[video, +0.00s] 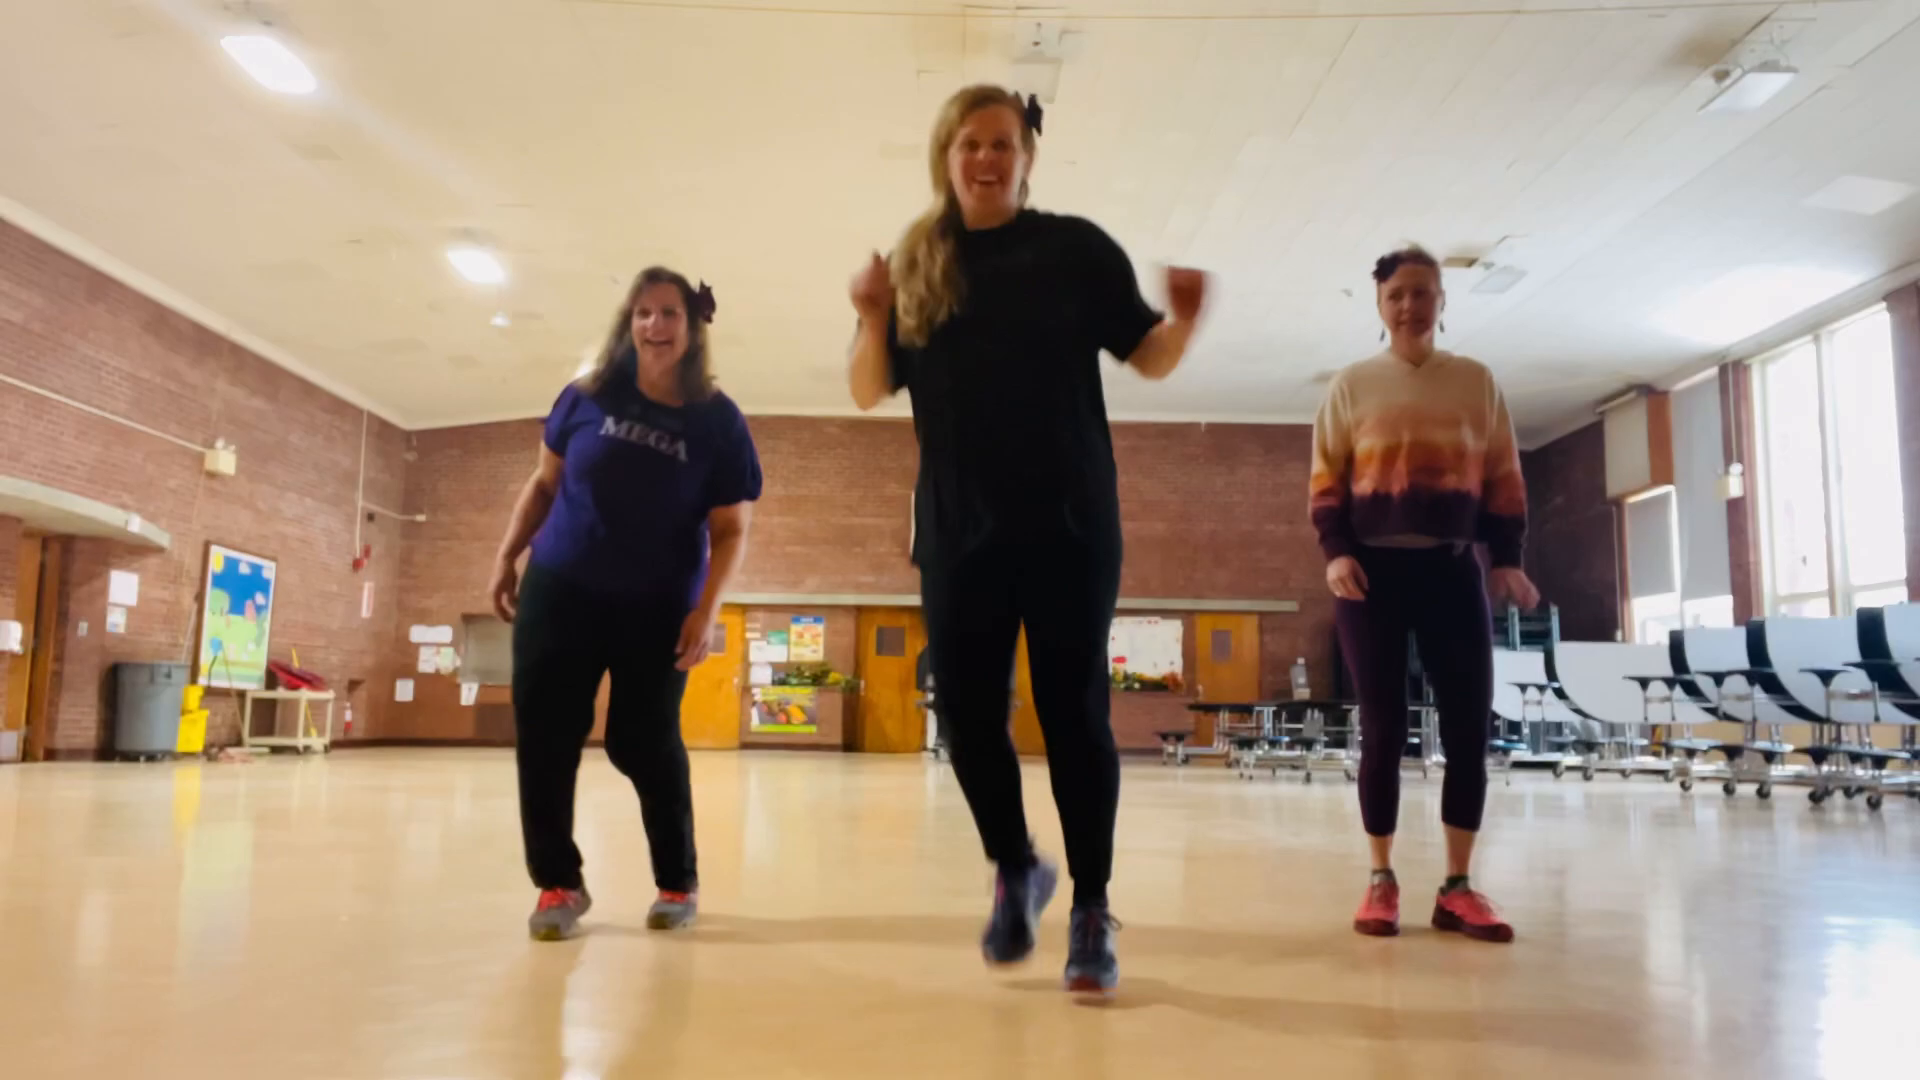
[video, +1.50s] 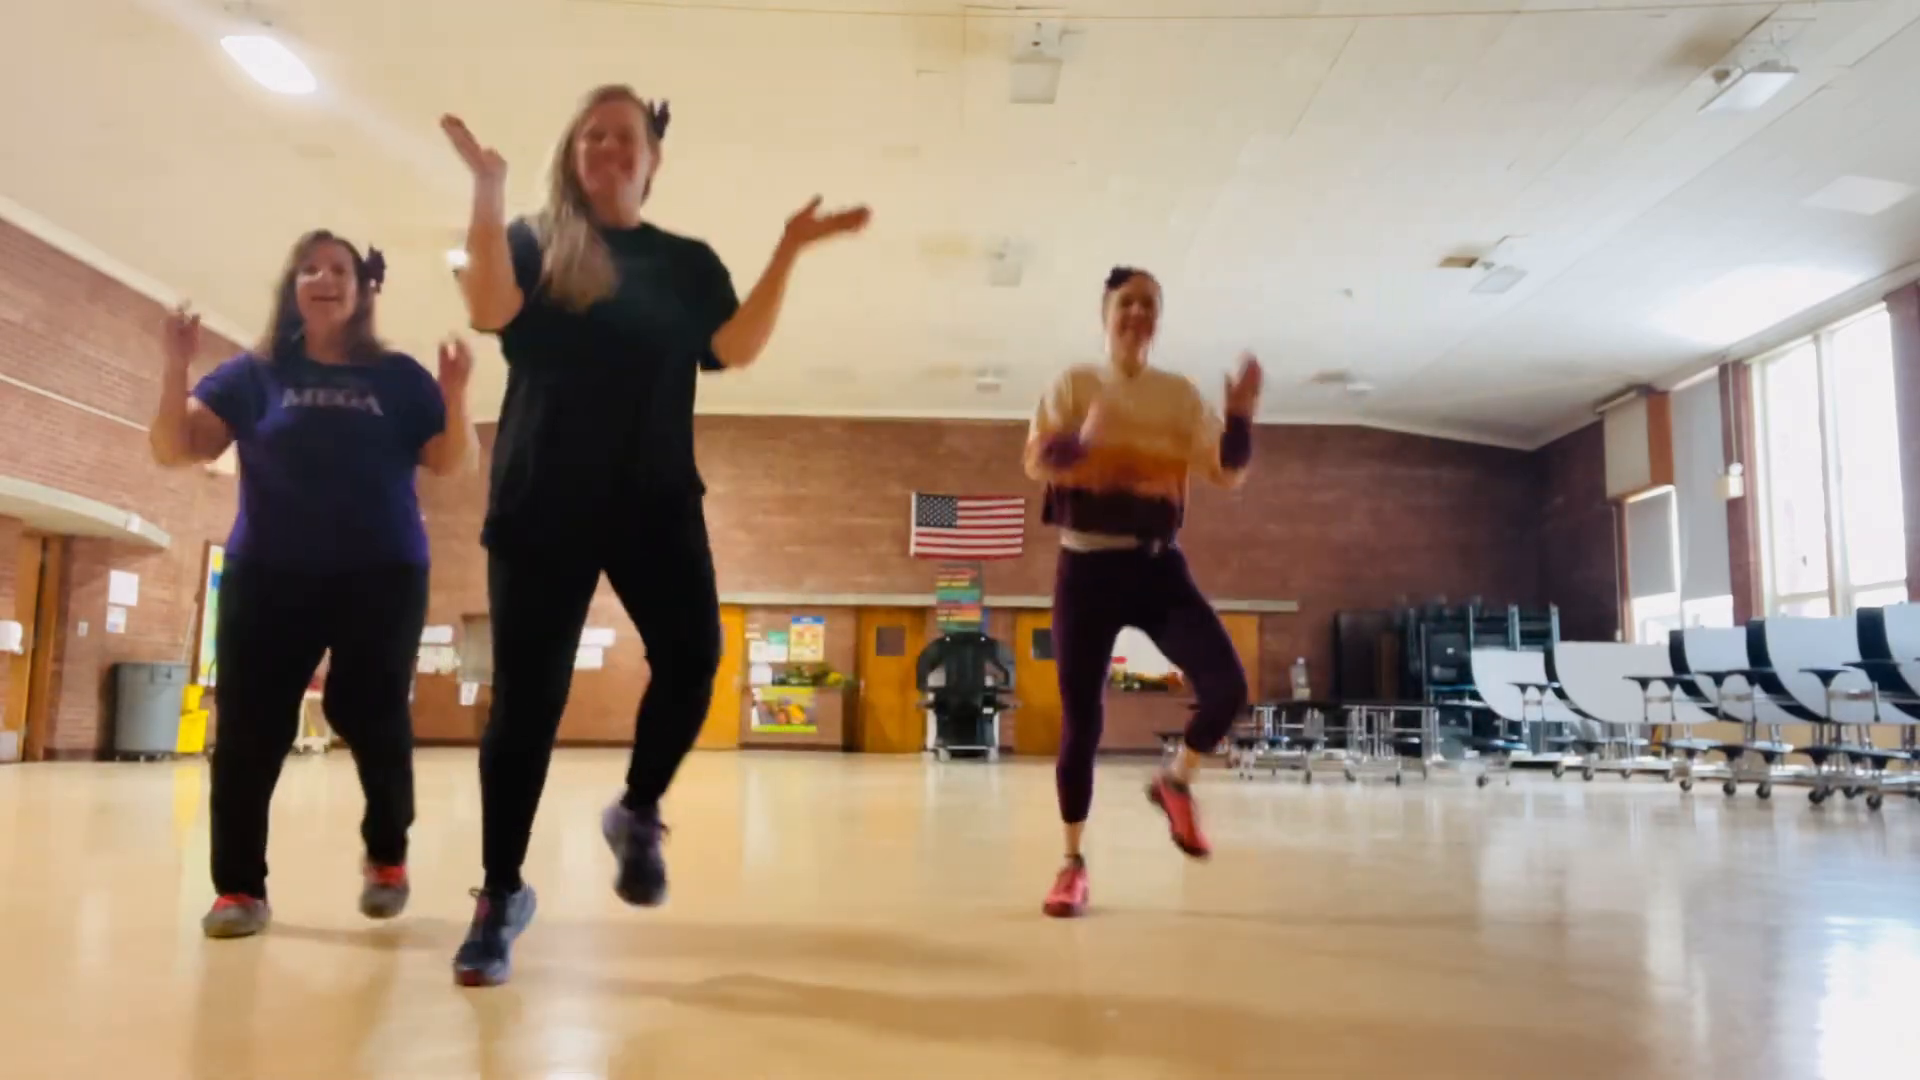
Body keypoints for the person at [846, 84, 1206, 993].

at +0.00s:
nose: (984, 158)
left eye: (1000, 145)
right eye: (970, 144)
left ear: (1027, 158)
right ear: (943, 158)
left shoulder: (1077, 248)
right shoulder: (917, 263)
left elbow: (1152, 358)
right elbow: (869, 392)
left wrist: (1183, 315)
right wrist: (872, 317)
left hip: (1067, 516)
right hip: (960, 521)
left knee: (1071, 711)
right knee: (966, 716)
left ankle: (1092, 910)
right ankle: (1015, 870)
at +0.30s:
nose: (946, 215)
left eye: (963, 202)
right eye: (932, 202)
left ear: (990, 218)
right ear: (908, 219)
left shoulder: (1032, 321)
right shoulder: (879, 334)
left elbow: (1109, 437)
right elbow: (848, 476)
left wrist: (1172, 507)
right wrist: (847, 447)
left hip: (1040, 572)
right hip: (932, 576)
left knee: (1067, 758)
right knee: (873, 754)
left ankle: (1122, 938)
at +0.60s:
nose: (834, 198)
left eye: (851, 185)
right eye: (820, 183)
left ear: (877, 202)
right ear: (791, 197)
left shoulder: (917, 314)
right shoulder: (742, 308)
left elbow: (944, 444)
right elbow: (701, 436)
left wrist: (946, 558)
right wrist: (691, 540)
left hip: (878, 568)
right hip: (762, 565)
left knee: (896, 737)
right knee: (763, 759)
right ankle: (766, 955)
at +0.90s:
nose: (734, 220)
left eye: (750, 208)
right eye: (722, 207)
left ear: (778, 223)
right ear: (700, 221)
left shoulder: (818, 331)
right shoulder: (660, 321)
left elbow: (840, 460)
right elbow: (614, 441)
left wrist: (844, 576)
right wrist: (600, 542)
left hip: (766, 577)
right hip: (655, 566)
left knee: (719, 757)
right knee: (589, 691)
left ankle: (682, 920)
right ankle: (620, 905)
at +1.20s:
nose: (647, 183)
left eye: (665, 173)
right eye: (634, 173)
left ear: (695, 196)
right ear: (612, 198)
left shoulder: (739, 307)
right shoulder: (569, 298)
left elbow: (765, 427)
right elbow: (516, 411)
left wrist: (758, 532)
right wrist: (513, 503)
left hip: (684, 552)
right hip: (567, 545)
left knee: (682, 738)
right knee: (525, 728)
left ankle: (687, 913)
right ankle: (501, 898)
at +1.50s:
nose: (606, 147)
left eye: (623, 135)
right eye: (593, 134)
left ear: (654, 156)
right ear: (569, 154)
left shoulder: (687, 262)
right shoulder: (533, 242)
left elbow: (736, 348)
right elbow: (488, 306)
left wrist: (788, 249)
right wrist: (488, 188)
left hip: (654, 506)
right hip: (542, 505)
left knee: (692, 656)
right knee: (526, 701)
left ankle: (639, 812)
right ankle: (500, 891)